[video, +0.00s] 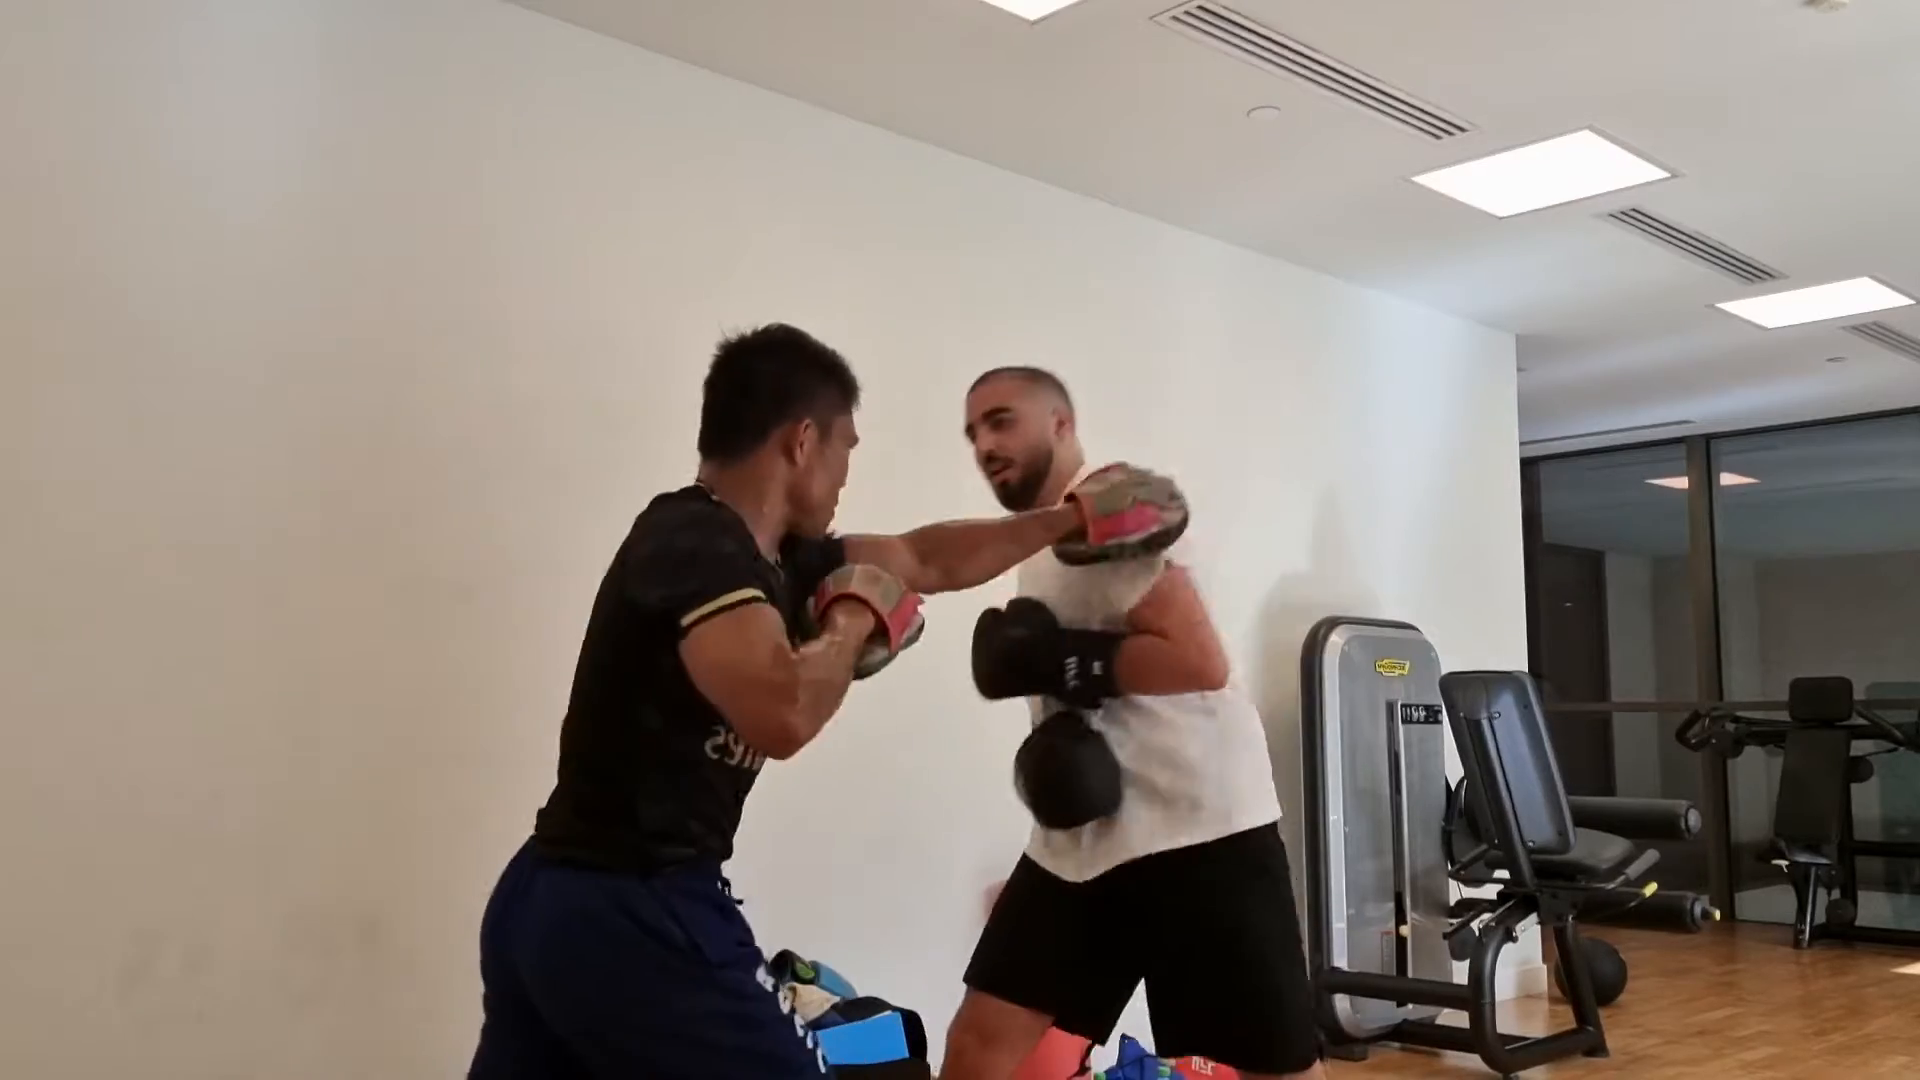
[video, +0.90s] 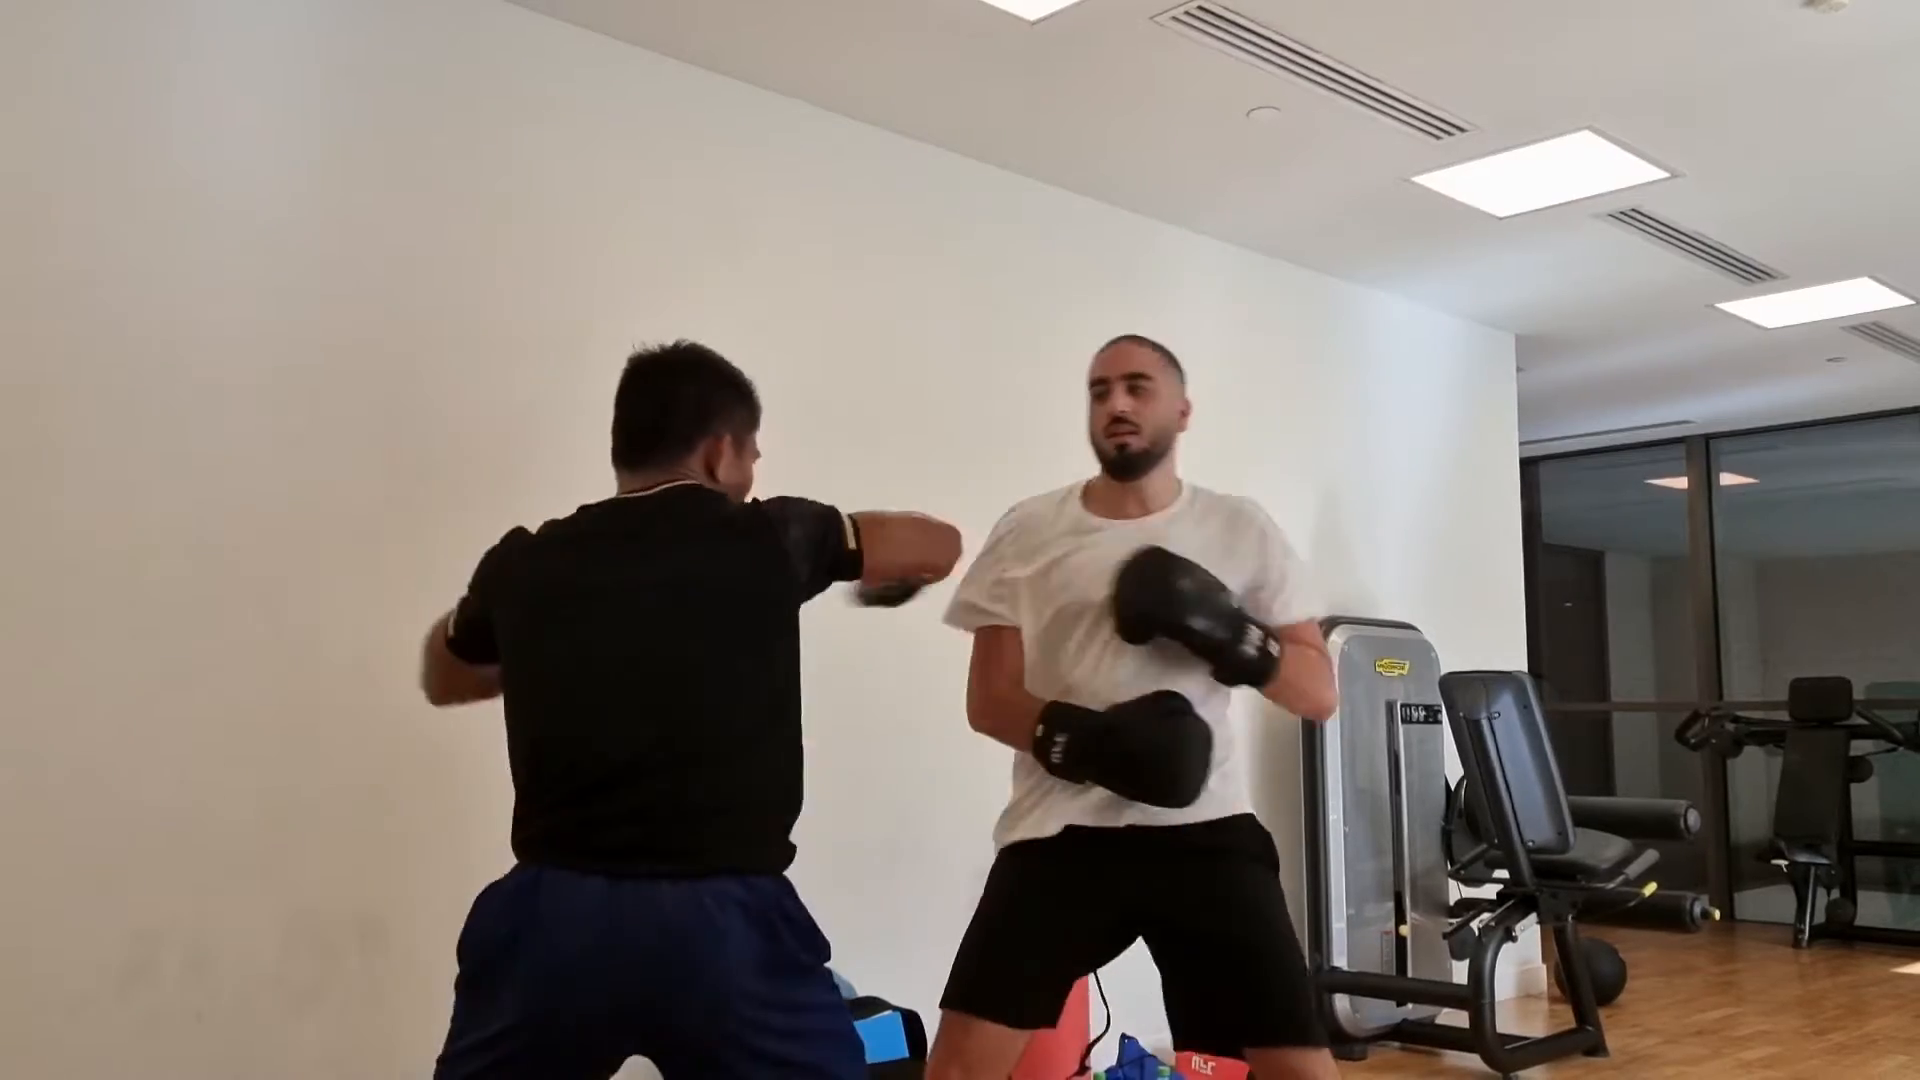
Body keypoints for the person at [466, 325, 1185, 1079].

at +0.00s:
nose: (848, 471)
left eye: (852, 450)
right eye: (847, 447)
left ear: (773, 442)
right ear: (798, 443)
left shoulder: (769, 552)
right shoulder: (700, 542)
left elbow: (919, 558)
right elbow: (781, 719)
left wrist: (1059, 522)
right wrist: (863, 601)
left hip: (563, 906)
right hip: (641, 917)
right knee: (788, 1065)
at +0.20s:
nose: (722, 479)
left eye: (728, 462)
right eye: (720, 459)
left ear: (593, 434)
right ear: (676, 448)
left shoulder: (498, 550)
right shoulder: (680, 548)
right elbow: (882, 640)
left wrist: (699, 537)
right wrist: (941, 608)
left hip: (474, 935)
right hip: (626, 942)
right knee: (782, 1062)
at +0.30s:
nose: (629, 497)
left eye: (633, 477)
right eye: (629, 475)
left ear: (490, 456)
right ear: (576, 462)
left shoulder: (388, 587)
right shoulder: (598, 549)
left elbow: (513, 598)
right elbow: (808, 600)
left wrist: (650, 553)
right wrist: (934, 632)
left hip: (449, 972)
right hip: (615, 963)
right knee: (778, 1058)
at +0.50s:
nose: (643, 507)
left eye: (649, 486)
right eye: (642, 484)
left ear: (505, 477)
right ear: (588, 475)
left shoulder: (408, 593)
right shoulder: (626, 565)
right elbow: (841, 609)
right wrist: (972, 596)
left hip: (443, 984)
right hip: (616, 979)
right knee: (772, 1062)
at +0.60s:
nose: (733, 489)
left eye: (738, 463)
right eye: (733, 461)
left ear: (599, 455)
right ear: (686, 455)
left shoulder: (533, 567)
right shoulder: (681, 547)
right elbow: (853, 639)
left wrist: (836, 590)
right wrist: (881, 582)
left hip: (484, 944)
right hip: (637, 954)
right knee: (786, 1061)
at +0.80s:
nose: (776, 479)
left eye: (780, 459)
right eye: (776, 458)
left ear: (648, 448)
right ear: (737, 456)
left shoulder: (553, 572)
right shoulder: (748, 544)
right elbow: (920, 644)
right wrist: (814, 592)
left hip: (544, 950)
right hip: (708, 946)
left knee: (507, 1063)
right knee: (855, 1061)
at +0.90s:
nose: (752, 478)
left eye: (756, 461)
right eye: (753, 460)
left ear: (623, 455)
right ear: (718, 453)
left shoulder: (521, 562)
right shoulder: (769, 534)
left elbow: (445, 679)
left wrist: (553, 643)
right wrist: (885, 576)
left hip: (544, 939)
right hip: (734, 939)